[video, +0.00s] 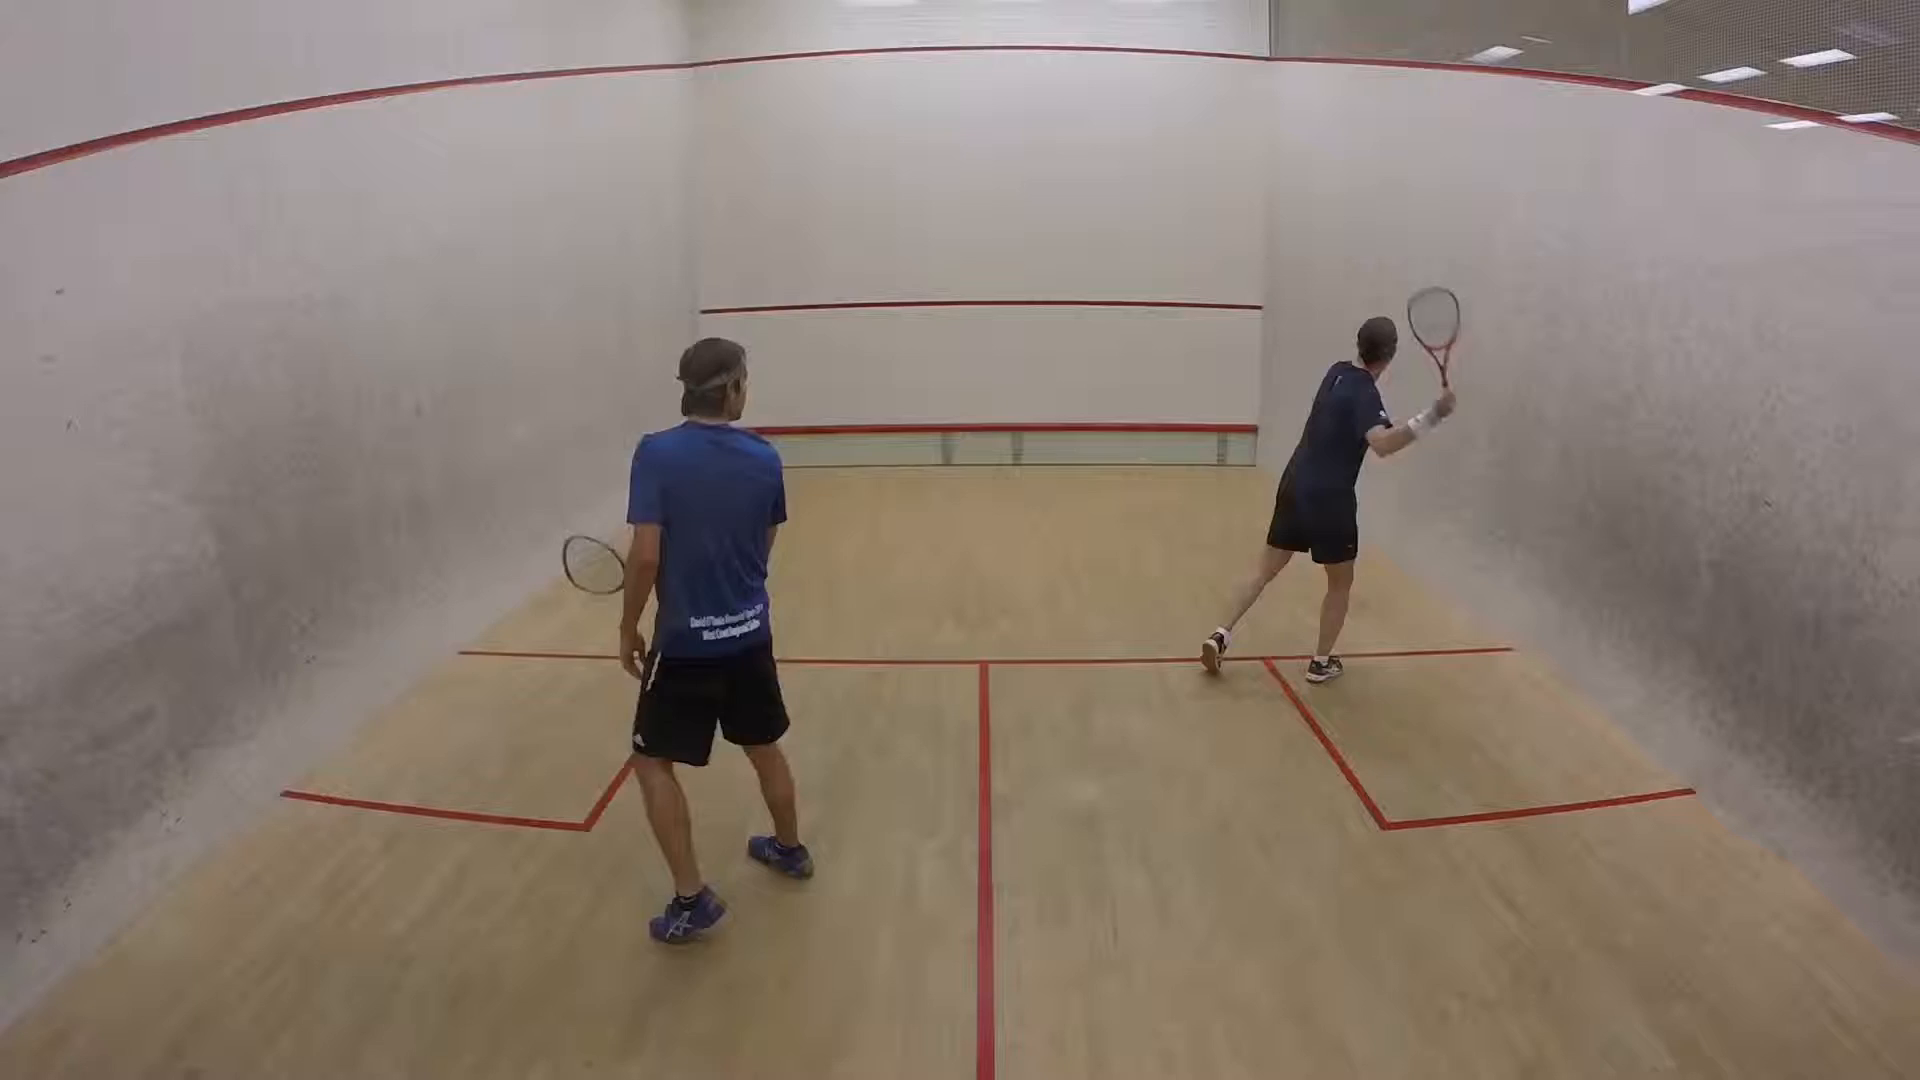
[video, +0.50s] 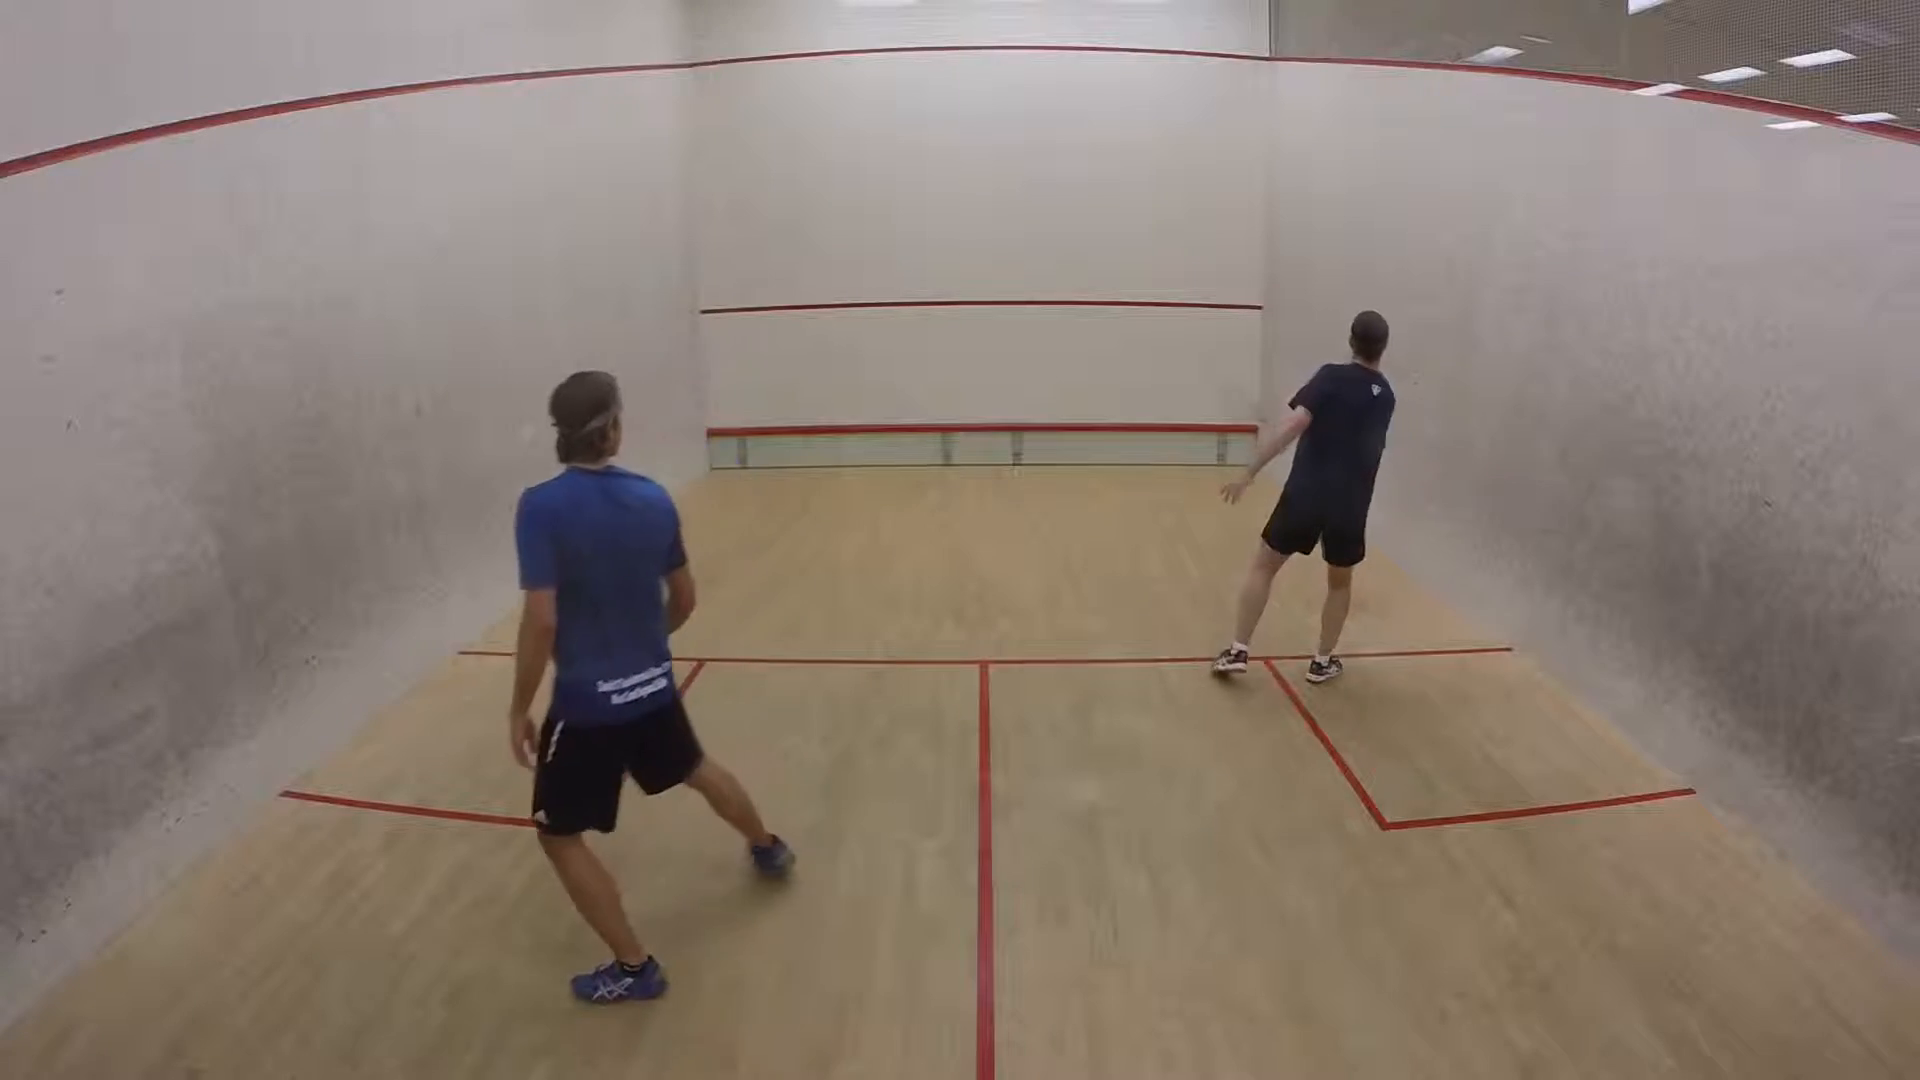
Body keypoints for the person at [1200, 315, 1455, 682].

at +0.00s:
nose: (1394, 351)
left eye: (1389, 345)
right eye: (1394, 346)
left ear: (1360, 346)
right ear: (1390, 353)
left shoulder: (1336, 372)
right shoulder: (1365, 392)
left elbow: (1371, 426)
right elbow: (1383, 443)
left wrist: (1400, 427)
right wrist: (1432, 416)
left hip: (1294, 486)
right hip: (1331, 497)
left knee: (1263, 571)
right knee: (1339, 585)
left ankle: (1222, 634)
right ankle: (1321, 661)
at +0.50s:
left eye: (1354, 338)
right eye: (1378, 342)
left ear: (1350, 342)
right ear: (1384, 347)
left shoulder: (1329, 377)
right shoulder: (1385, 394)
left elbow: (1294, 426)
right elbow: (1370, 453)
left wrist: (1249, 474)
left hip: (1304, 499)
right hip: (1349, 508)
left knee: (1264, 567)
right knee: (1339, 584)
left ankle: (1238, 649)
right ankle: (1323, 660)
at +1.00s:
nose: (1275, 344)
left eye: (1279, 337)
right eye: (1278, 337)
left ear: (1291, 342)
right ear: (1305, 343)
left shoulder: (1311, 392)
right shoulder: (1300, 389)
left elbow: (1331, 460)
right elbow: (1278, 447)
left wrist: (1325, 536)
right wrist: (1246, 482)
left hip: (1291, 522)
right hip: (1301, 518)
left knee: (1264, 610)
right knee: (1308, 591)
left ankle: (1278, 699)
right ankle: (1310, 660)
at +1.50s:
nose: (1199, 340)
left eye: (1209, 336)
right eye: (1203, 334)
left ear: (1231, 351)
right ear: (1224, 349)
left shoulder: (1263, 406)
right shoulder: (1203, 398)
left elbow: (1272, 487)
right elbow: (1207, 474)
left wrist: (1234, 552)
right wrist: (1194, 535)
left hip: (1251, 533)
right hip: (1205, 526)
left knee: (1260, 621)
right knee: (1179, 622)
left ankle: (1276, 695)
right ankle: (1155, 722)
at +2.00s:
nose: (1106, 338)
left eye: (1118, 333)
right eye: (1108, 329)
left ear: (1147, 346)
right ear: (1122, 342)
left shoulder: (1178, 407)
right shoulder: (1096, 401)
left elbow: (1207, 486)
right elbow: (1065, 472)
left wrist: (1210, 567)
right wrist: (1033, 536)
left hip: (1155, 552)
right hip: (1108, 546)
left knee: (1121, 667)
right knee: (1133, 643)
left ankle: (1093, 779)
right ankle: (1147, 726)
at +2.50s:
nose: (988, 356)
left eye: (998, 346)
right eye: (985, 345)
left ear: (1034, 348)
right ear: (991, 348)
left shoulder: (1072, 420)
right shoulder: (990, 414)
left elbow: (1086, 529)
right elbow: (984, 494)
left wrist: (1046, 611)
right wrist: (972, 561)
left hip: (1053, 584)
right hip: (994, 574)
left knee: (1056, 701)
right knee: (954, 688)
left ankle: (1060, 798)